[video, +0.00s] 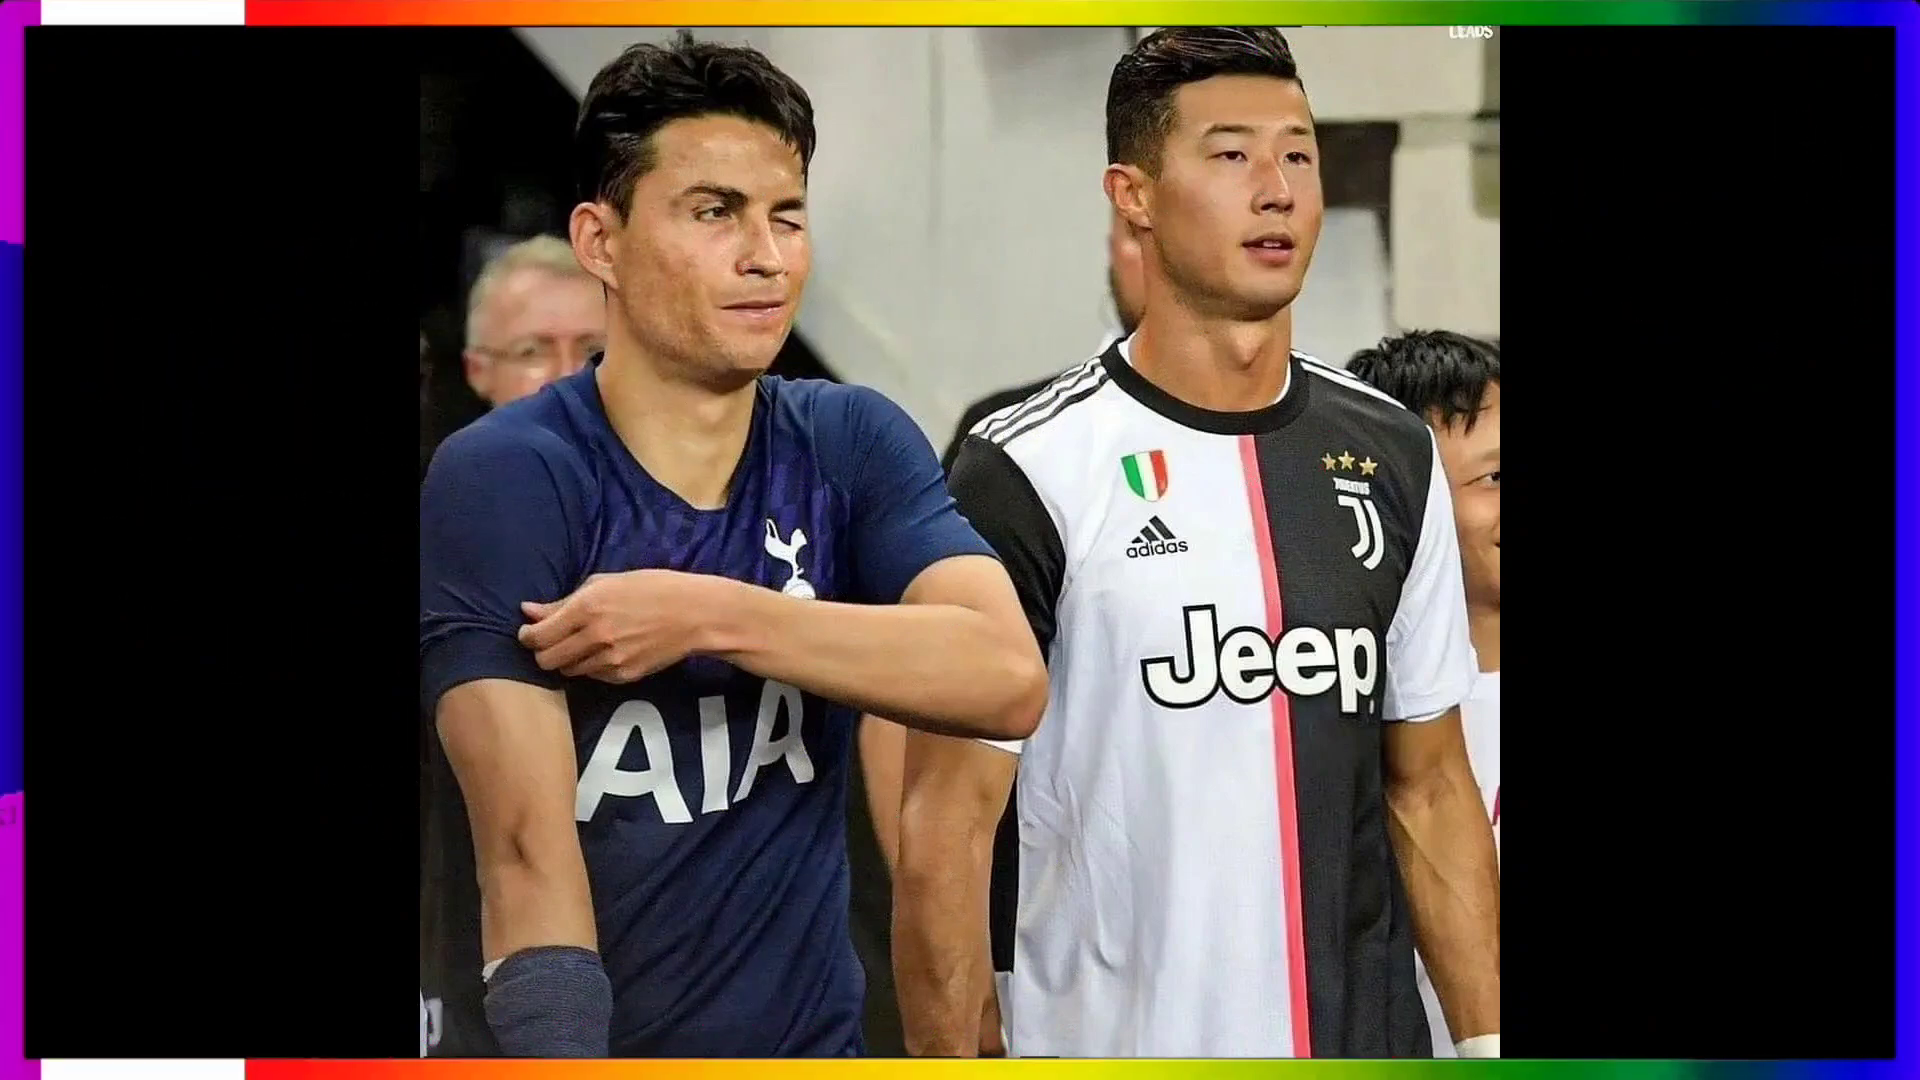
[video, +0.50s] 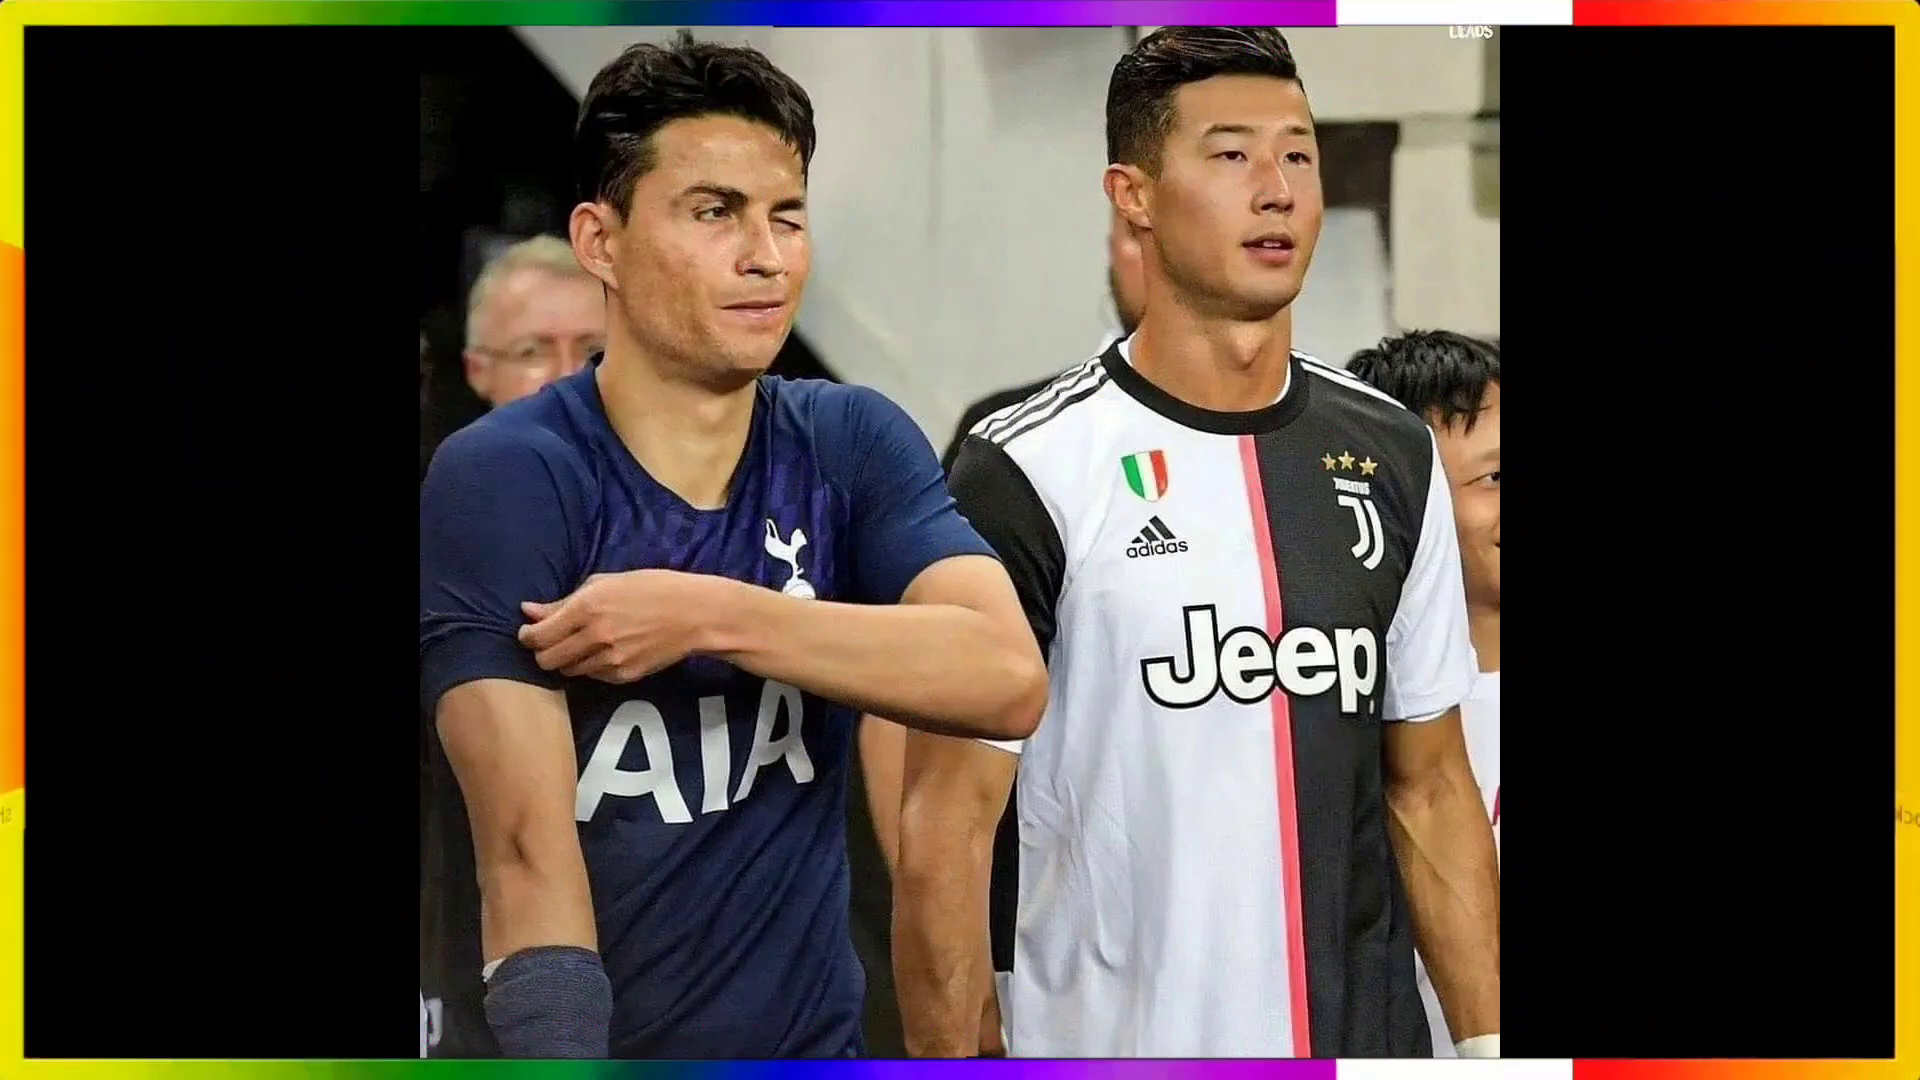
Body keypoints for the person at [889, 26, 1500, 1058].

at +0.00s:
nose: (1279, 193)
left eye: (1297, 159)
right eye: (1230, 157)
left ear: (1319, 186)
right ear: (1134, 198)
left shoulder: (1392, 451)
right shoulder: (1022, 462)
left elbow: (1430, 784)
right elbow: (949, 816)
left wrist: (1484, 1046)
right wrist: (953, 1067)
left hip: (1358, 1046)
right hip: (1108, 1045)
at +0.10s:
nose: (1279, 193)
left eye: (1297, 159)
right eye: (1230, 156)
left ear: (1319, 187)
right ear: (1134, 198)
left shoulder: (1392, 451)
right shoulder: (1022, 462)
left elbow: (1431, 785)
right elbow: (948, 815)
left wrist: (1483, 1047)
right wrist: (953, 1066)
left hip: (1358, 1045)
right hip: (1107, 1044)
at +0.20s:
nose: (1279, 193)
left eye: (1297, 159)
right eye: (1230, 156)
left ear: (1319, 187)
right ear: (1134, 198)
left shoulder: (1392, 451)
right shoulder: (1022, 461)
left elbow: (1431, 785)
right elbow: (948, 815)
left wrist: (1483, 1046)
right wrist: (952, 1065)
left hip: (1358, 1045)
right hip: (1107, 1044)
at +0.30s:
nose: (1279, 193)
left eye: (1297, 159)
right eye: (1230, 156)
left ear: (1319, 187)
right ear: (1134, 198)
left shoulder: (1392, 450)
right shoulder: (1022, 462)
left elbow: (1431, 785)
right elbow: (948, 815)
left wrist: (1482, 1046)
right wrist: (953, 1068)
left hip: (1358, 1046)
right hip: (1108, 1048)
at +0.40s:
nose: (1279, 192)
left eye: (1297, 158)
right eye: (1230, 156)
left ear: (1319, 186)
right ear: (1134, 197)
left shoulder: (1392, 451)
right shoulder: (1022, 463)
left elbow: (1431, 786)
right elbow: (948, 818)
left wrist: (1481, 1045)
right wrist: (955, 1068)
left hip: (1361, 1045)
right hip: (1110, 1048)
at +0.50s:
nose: (1279, 193)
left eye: (1297, 159)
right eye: (1230, 157)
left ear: (1319, 187)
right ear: (1134, 198)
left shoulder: (1392, 450)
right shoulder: (1022, 462)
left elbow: (1431, 785)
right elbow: (948, 817)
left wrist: (1483, 1049)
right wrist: (953, 1067)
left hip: (1358, 1046)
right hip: (1106, 1046)